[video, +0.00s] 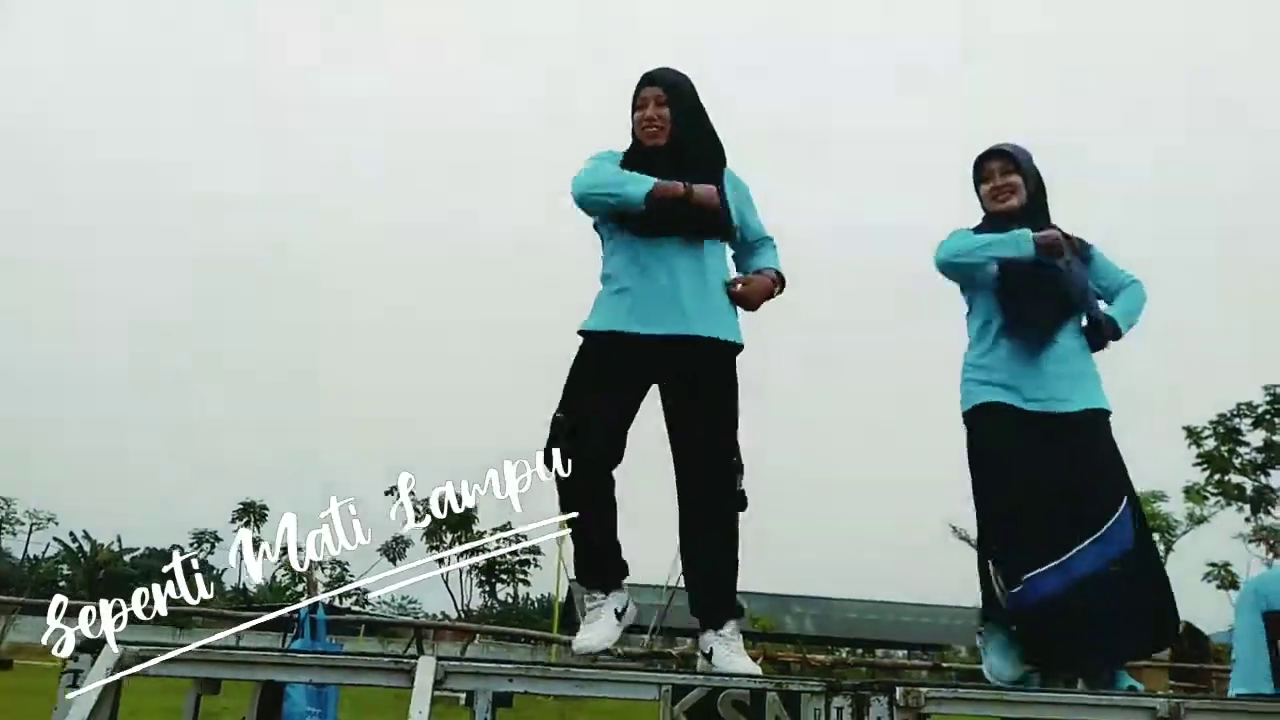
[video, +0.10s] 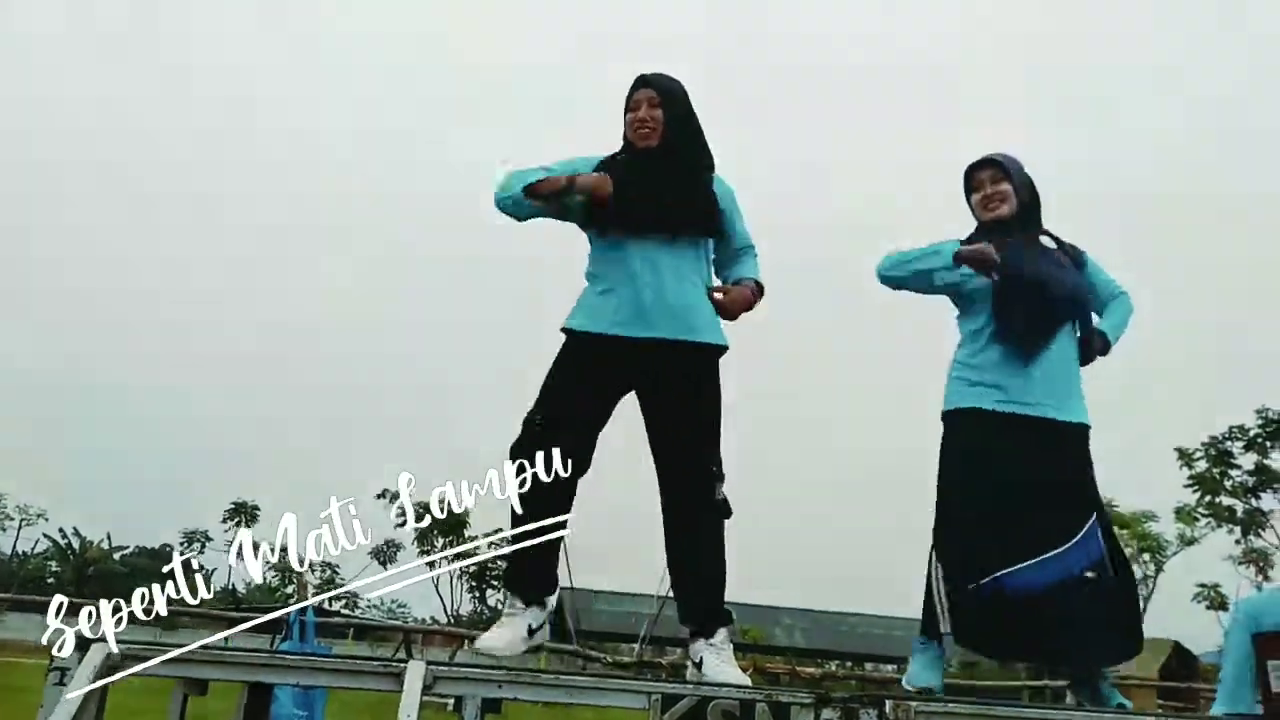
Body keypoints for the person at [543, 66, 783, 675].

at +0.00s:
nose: (651, 115)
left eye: (663, 106)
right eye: (642, 107)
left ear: (688, 114)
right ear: (632, 118)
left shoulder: (724, 182)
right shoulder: (612, 166)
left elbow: (757, 244)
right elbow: (586, 189)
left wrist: (766, 277)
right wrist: (680, 192)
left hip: (703, 336)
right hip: (619, 332)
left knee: (712, 481)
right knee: (575, 455)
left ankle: (719, 628)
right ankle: (605, 596)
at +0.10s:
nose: (643, 115)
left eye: (655, 106)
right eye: (635, 107)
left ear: (680, 117)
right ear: (625, 119)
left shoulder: (711, 189)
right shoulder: (600, 174)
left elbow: (739, 255)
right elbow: (507, 193)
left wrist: (745, 288)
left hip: (686, 346)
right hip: (599, 338)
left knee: (694, 491)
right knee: (540, 461)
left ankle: (709, 639)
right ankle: (529, 605)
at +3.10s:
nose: (644, 136)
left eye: (655, 127)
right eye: (636, 129)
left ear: (682, 138)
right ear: (627, 143)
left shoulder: (713, 217)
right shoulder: (605, 192)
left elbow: (760, 269)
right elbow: (653, 206)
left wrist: (761, 299)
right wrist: (718, 210)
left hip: (700, 361)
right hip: (616, 358)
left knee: (712, 497)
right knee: (591, 474)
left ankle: (698, 638)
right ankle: (625, 617)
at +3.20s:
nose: (635, 123)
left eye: (646, 113)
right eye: (628, 116)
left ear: (674, 122)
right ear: (620, 128)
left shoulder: (709, 193)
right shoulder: (603, 186)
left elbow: (750, 258)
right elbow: (573, 185)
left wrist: (751, 291)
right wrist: (660, 184)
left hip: (688, 341)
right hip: (603, 334)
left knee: (693, 485)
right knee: (563, 443)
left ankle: (696, 635)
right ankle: (578, 601)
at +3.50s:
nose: (593, 120)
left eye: (604, 113)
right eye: (584, 114)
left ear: (628, 126)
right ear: (574, 128)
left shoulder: (649, 200)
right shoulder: (540, 177)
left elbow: (671, 274)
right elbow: (465, 239)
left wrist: (677, 314)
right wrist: (485, 209)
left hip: (621, 354)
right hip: (535, 347)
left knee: (653, 491)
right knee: (499, 485)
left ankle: (684, 635)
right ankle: (481, 628)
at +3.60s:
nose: (570, 111)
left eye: (583, 104)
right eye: (563, 104)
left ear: (609, 117)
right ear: (552, 117)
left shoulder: (631, 187)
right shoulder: (519, 165)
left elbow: (664, 265)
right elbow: (471, 211)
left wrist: (663, 296)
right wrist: (541, 188)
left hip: (603, 341)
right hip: (517, 336)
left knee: (620, 482)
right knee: (487, 477)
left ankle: (628, 626)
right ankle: (481, 625)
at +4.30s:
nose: (520, 91)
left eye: (527, 87)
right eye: (510, 79)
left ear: (529, 103)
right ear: (477, 82)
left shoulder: (537, 170)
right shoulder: (418, 146)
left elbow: (577, 252)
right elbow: (372, 233)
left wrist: (645, 259)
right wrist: (315, 305)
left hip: (502, 335)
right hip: (411, 328)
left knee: (519, 469)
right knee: (372, 468)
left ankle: (512, 607)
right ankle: (354, 616)